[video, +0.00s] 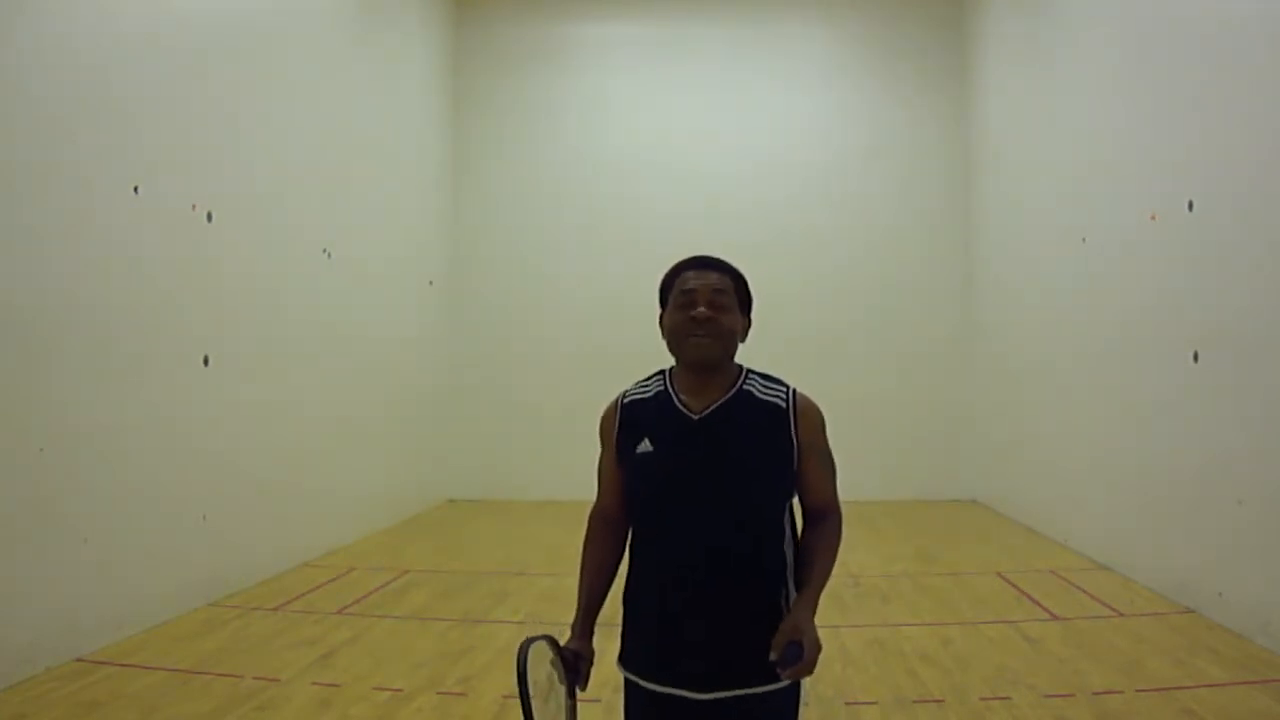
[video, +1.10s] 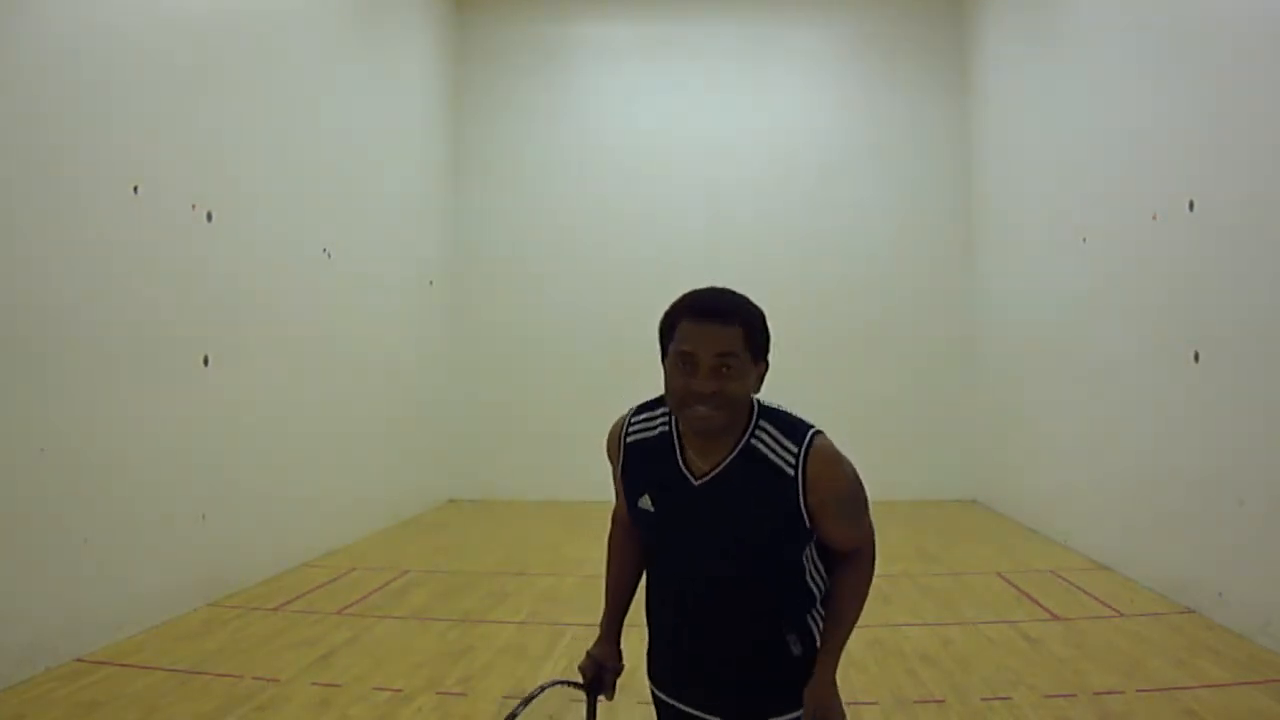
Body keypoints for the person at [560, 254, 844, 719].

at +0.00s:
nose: (702, 309)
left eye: (720, 300)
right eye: (685, 299)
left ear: (744, 325)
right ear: (662, 323)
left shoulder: (792, 414)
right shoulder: (626, 417)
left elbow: (822, 516)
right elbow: (609, 520)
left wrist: (804, 610)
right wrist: (582, 630)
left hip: (759, 672)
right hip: (656, 670)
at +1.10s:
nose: (703, 385)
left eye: (725, 367)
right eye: (686, 364)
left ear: (759, 373)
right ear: (664, 365)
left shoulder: (811, 464)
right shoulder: (631, 441)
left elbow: (855, 555)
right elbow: (630, 525)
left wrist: (826, 673)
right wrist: (608, 636)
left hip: (780, 691)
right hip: (678, 685)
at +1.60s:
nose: (750, 408)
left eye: (773, 388)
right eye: (730, 381)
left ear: (802, 388)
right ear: (699, 375)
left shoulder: (846, 487)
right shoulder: (649, 444)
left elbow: (869, 580)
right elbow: (635, 531)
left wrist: (838, 696)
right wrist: (612, 646)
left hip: (790, 695)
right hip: (682, 686)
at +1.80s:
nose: (780, 366)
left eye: (801, 349)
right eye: (760, 344)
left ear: (824, 360)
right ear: (722, 347)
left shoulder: (858, 468)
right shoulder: (655, 433)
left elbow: (864, 570)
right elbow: (621, 532)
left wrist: (854, 692)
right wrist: (602, 658)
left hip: (786, 694)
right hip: (668, 686)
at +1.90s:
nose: (795, 342)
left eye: (812, 328)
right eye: (774, 321)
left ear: (827, 340)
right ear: (726, 327)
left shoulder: (853, 451)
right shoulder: (653, 425)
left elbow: (854, 561)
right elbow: (607, 534)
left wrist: (866, 672)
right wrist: (595, 668)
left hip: (782, 691)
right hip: (663, 684)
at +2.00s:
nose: (813, 339)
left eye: (820, 324)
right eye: (792, 317)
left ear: (827, 331)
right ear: (727, 315)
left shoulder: (835, 439)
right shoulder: (649, 420)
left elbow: (842, 552)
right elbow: (594, 544)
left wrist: (881, 644)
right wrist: (588, 684)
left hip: (780, 698)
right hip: (659, 694)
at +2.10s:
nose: (811, 346)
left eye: (813, 329)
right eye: (796, 324)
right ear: (726, 317)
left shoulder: (808, 431)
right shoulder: (634, 422)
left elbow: (827, 543)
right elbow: (575, 555)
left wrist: (893, 600)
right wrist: (577, 698)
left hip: (769, 703)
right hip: (646, 700)